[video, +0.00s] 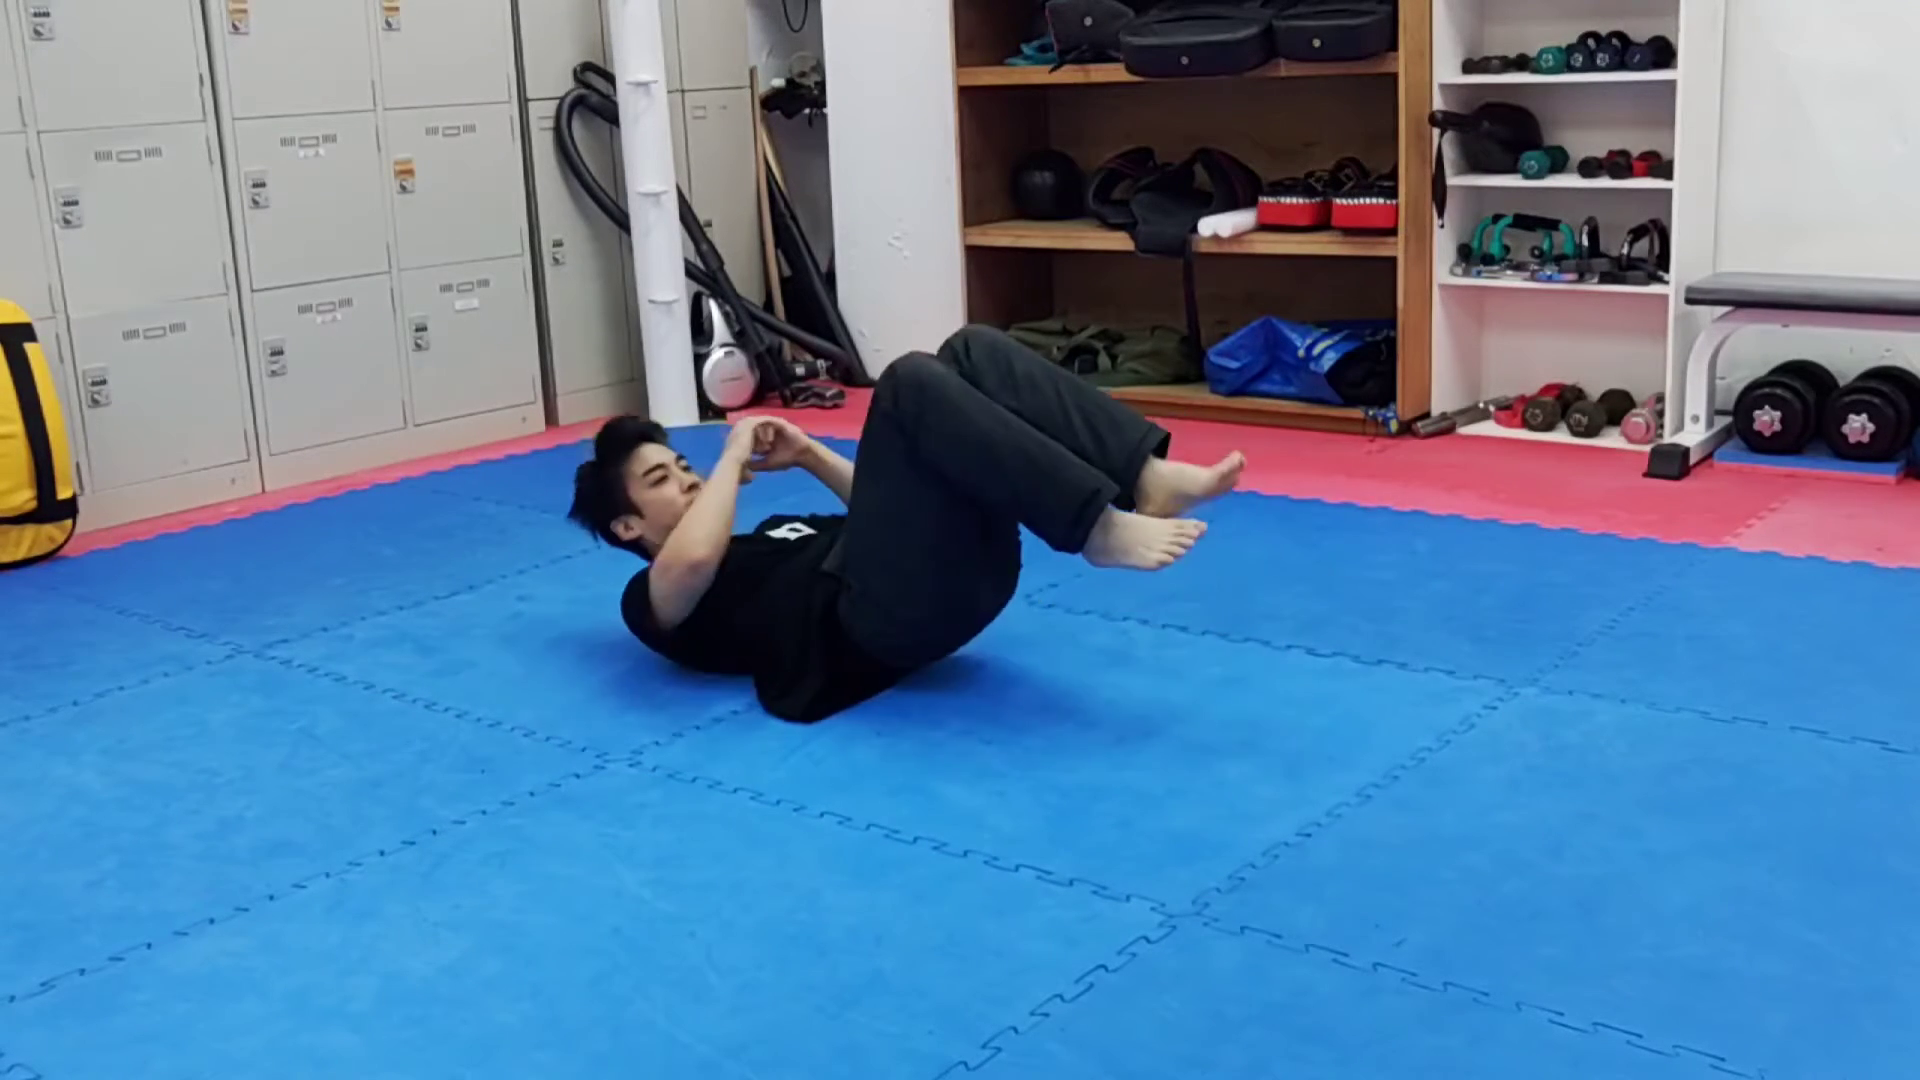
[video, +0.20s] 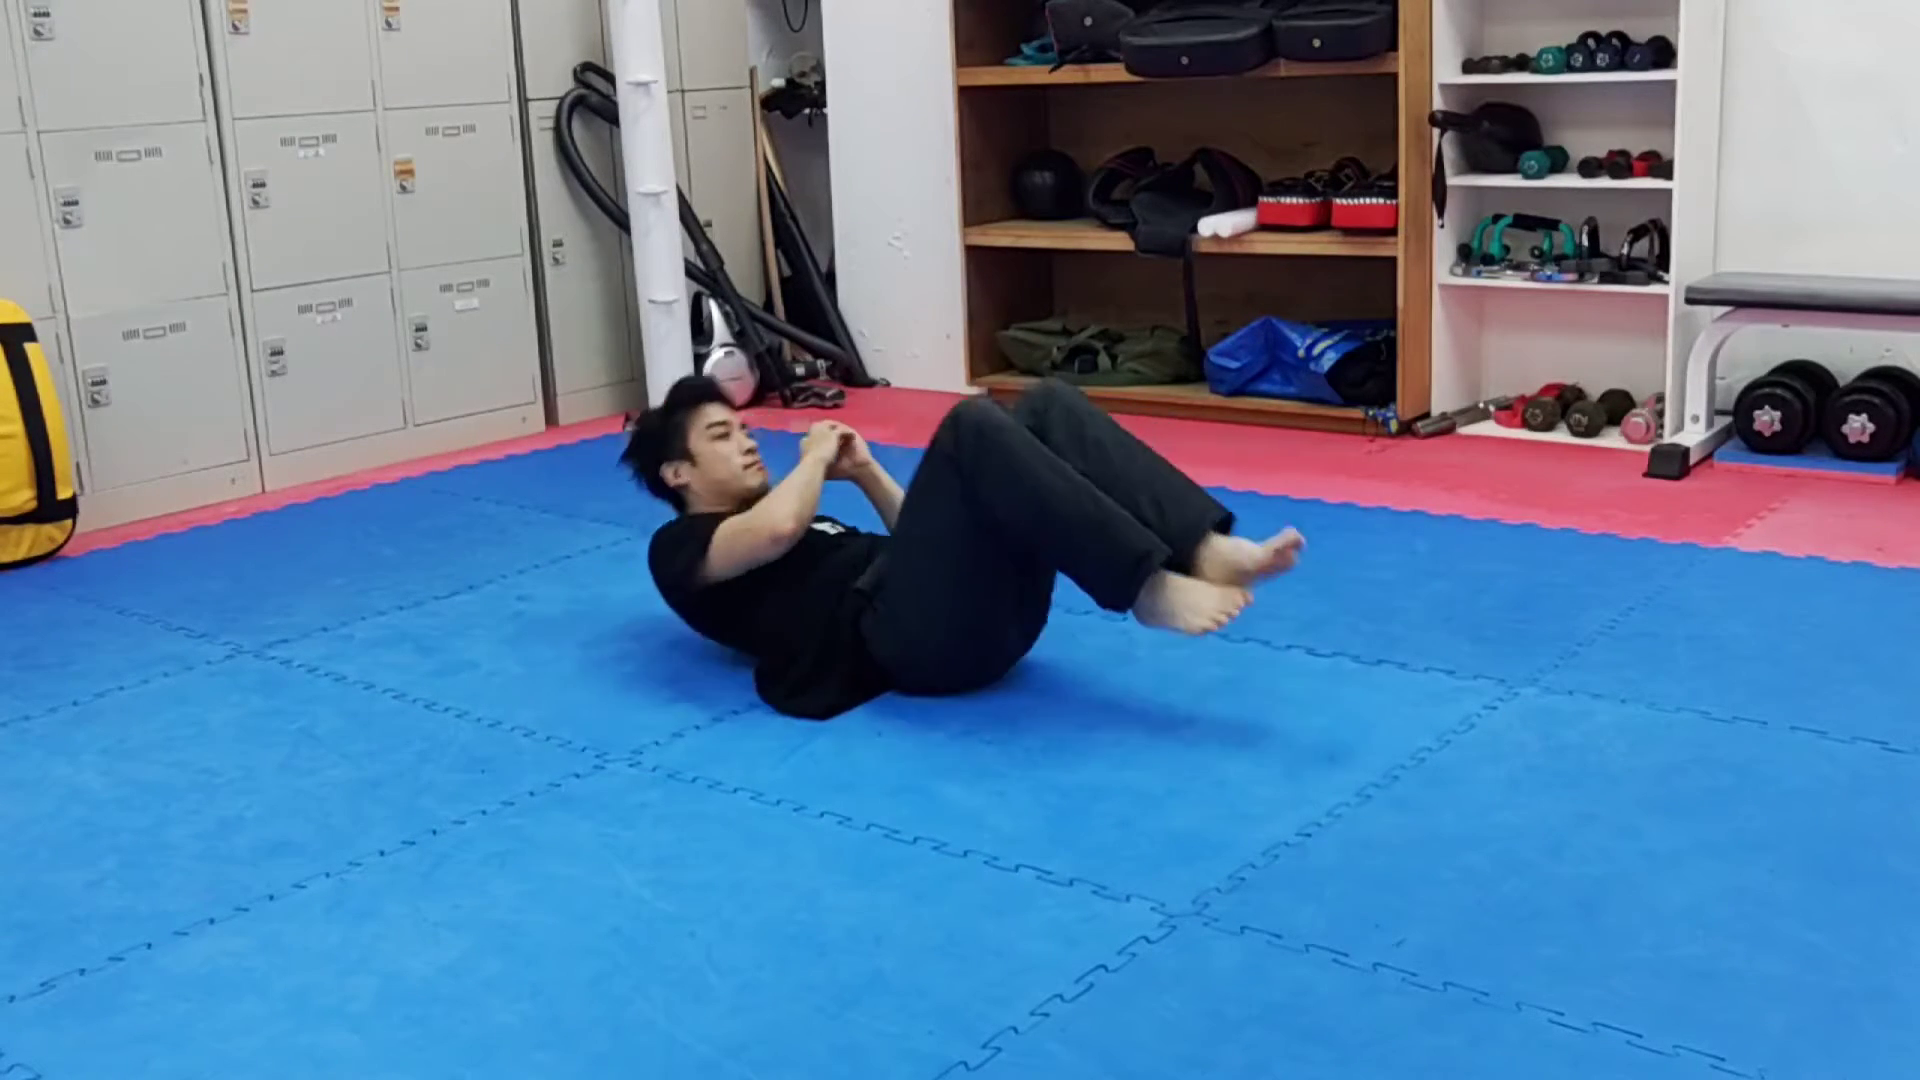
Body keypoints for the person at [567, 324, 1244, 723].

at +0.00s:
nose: (687, 482)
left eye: (684, 469)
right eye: (660, 480)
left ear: (696, 474)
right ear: (626, 529)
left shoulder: (776, 531)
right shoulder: (650, 601)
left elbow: (891, 515)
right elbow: (694, 560)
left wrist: (811, 459)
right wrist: (732, 457)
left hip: (943, 584)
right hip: (877, 626)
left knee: (974, 350)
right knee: (906, 386)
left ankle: (1145, 476)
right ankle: (1092, 528)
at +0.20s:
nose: (747, 443)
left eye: (743, 430)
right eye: (722, 437)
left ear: (751, 445)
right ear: (677, 477)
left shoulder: (788, 520)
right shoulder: (676, 551)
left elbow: (914, 546)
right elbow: (776, 529)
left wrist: (866, 477)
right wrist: (812, 458)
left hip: (983, 618)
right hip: (918, 645)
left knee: (1045, 406)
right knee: (971, 425)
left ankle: (1204, 549)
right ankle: (1143, 587)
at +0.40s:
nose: (807, 395)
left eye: (806, 377)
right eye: (780, 386)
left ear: (816, 386)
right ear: (731, 420)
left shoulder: (855, 467)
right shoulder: (724, 504)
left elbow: (973, 512)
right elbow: (776, 552)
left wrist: (907, 445)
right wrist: (842, 445)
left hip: (1016, 617)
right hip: (937, 638)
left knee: (1136, 439)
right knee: (1051, 428)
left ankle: (1275, 602)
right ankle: (1183, 622)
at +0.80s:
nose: (784, 432)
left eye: (781, 413)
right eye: (757, 434)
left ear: (795, 407)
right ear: (726, 468)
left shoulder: (857, 472)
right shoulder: (747, 547)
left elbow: (970, 461)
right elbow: (749, 626)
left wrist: (857, 444)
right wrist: (779, 493)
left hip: (1039, 605)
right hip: (956, 618)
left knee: (1128, 442)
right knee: (1048, 398)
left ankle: (1262, 509)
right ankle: (1172, 572)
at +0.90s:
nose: (790, 452)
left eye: (789, 435)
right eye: (765, 449)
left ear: (804, 435)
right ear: (727, 483)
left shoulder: (859, 504)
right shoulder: (747, 563)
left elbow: (950, 472)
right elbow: (733, 583)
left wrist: (859, 435)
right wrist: (781, 469)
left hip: (1022, 600)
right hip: (943, 603)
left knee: (1075, 408)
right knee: (996, 361)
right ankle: (1147, 493)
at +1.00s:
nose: (785, 456)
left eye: (788, 440)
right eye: (758, 448)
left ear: (800, 451)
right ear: (717, 485)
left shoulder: (836, 525)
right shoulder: (727, 557)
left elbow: (940, 486)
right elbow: (734, 523)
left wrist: (876, 436)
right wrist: (791, 438)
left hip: (1006, 572)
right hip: (930, 583)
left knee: (1033, 362)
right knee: (956, 336)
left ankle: (1194, 372)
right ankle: (1127, 441)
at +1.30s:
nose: (795, 453)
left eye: (792, 441)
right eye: (773, 445)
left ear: (793, 449)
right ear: (726, 477)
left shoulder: (819, 511)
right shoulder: (725, 538)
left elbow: (955, 486)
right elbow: (819, 505)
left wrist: (910, 448)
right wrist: (860, 431)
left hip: (1006, 569)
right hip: (947, 598)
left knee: (1025, 349)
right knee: (969, 386)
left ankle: (1207, 455)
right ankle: (1152, 509)